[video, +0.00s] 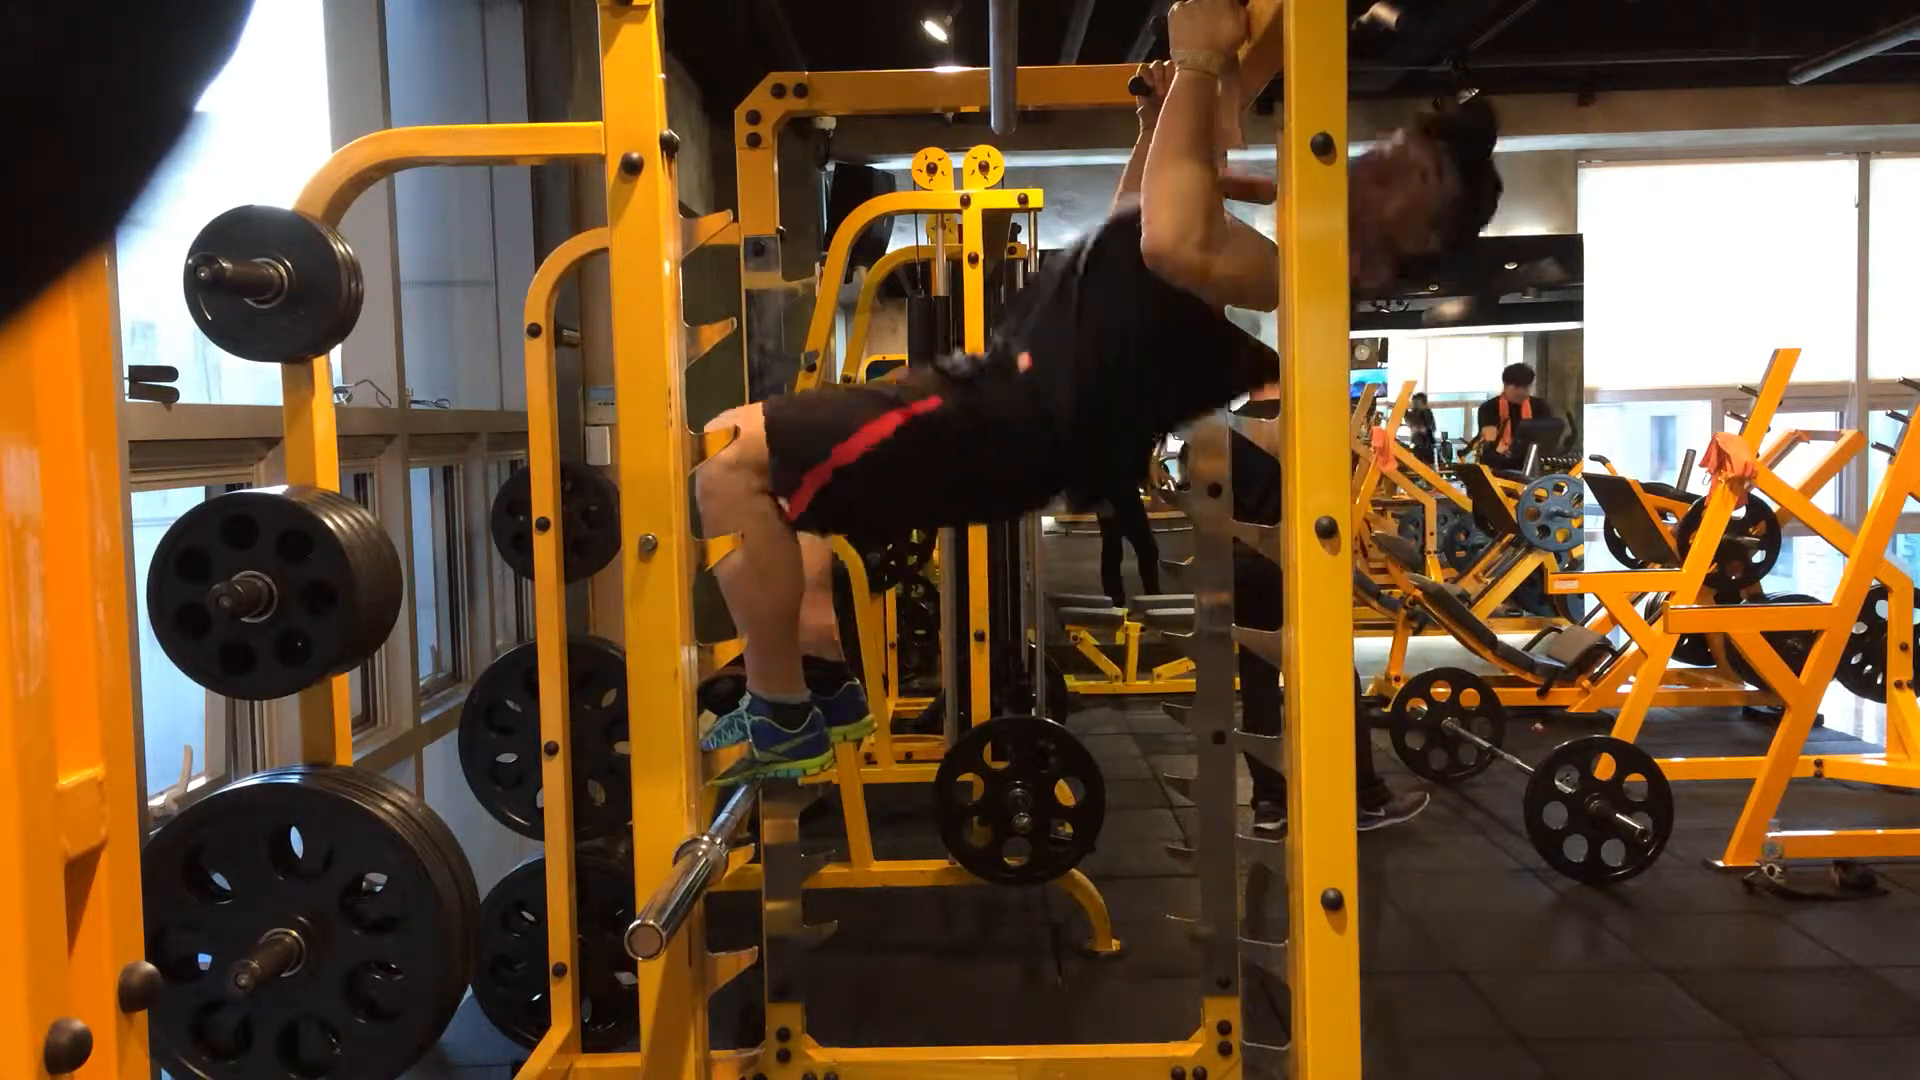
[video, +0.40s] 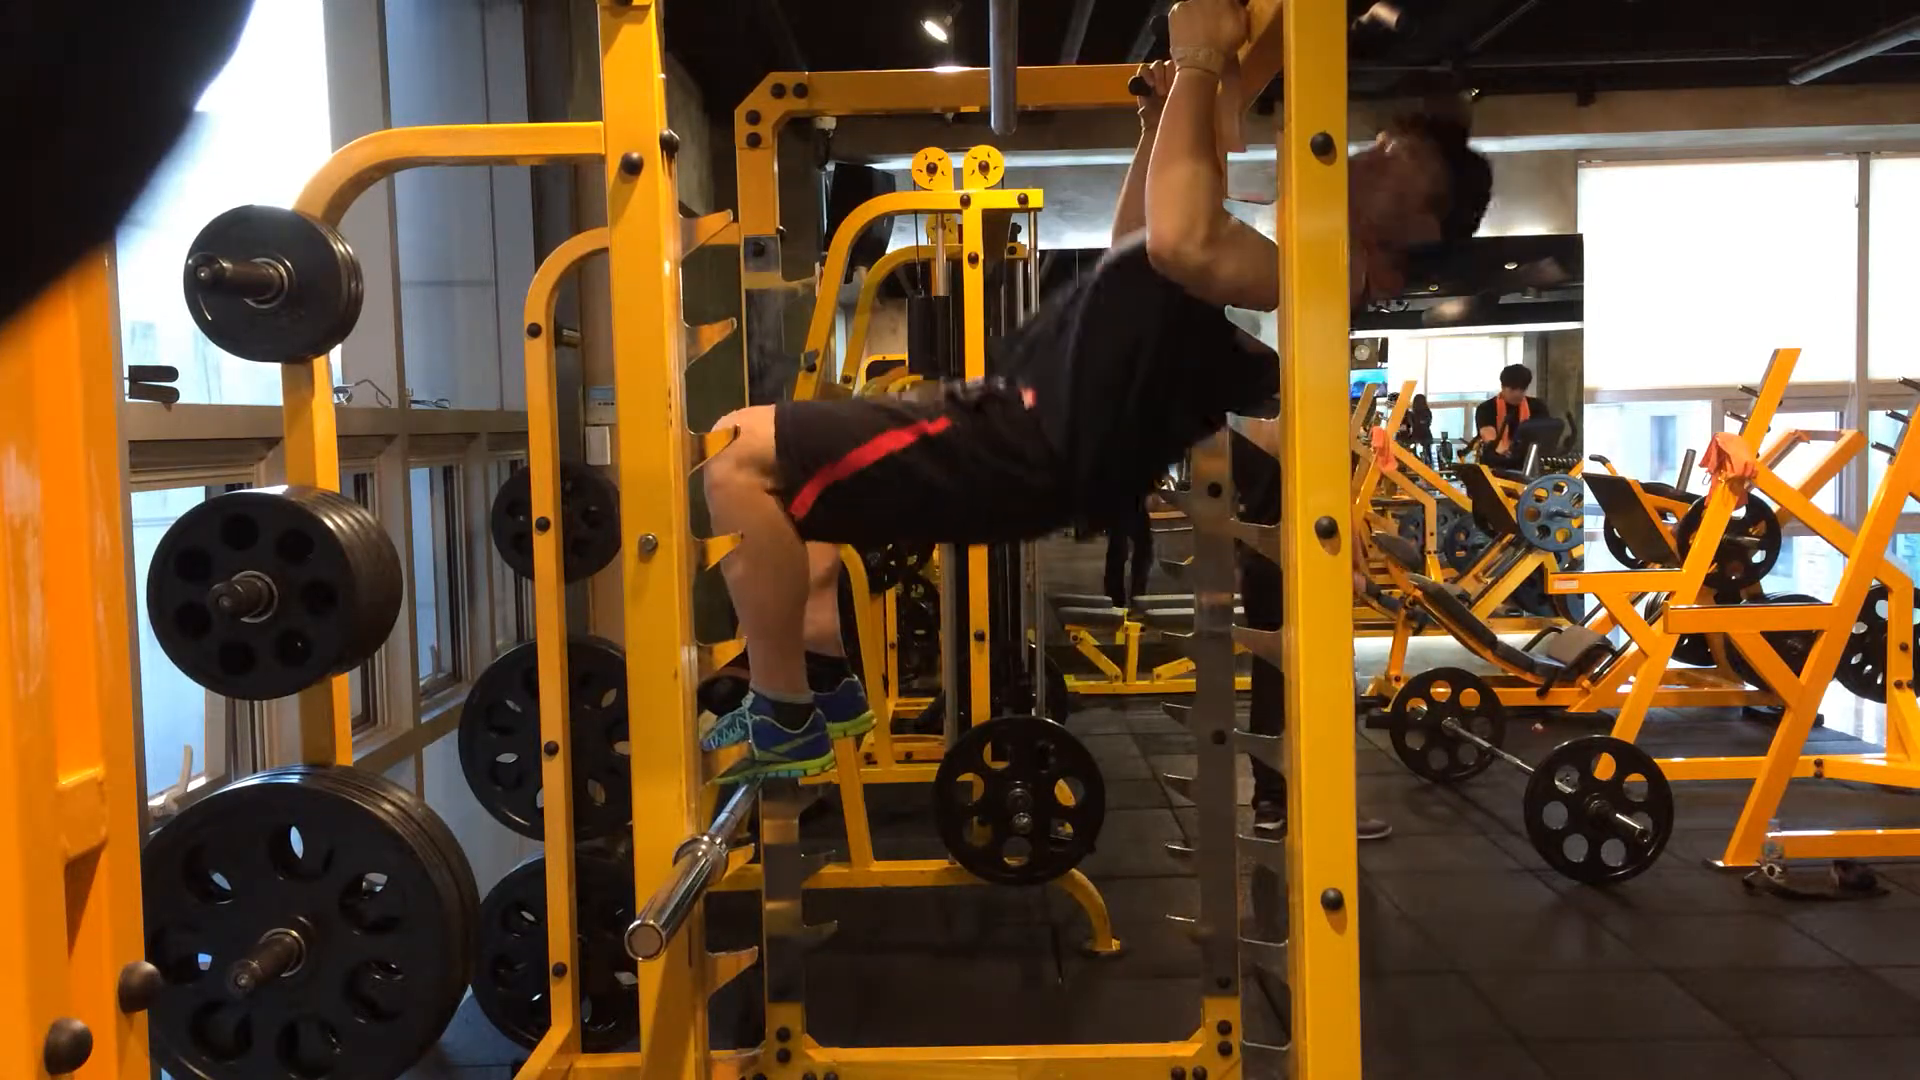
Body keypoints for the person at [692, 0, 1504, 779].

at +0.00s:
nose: (1376, 158)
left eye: (1403, 171)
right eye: (1391, 147)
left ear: (1415, 237)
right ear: (1369, 158)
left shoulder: (1326, 277)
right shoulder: (1310, 227)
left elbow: (1179, 244)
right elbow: (1142, 210)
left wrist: (1208, 66)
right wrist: (1187, 92)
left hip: (1020, 421)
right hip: (1007, 382)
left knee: (733, 474)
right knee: (746, 433)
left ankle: (782, 715)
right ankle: (822, 672)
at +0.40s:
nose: (1365, 153)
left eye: (1389, 164)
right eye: (1380, 145)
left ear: (1391, 253)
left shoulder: (1331, 283)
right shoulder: (1303, 267)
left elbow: (1187, 246)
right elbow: (1139, 247)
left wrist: (1204, 65)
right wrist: (1173, 106)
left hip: (1024, 454)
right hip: (1011, 423)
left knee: (739, 465)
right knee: (758, 439)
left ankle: (781, 713)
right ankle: (825, 673)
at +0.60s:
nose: (1318, 235)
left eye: (1351, 235)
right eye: (1341, 223)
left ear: (1381, 291)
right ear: (1365, 280)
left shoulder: (1302, 383)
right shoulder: (1256, 340)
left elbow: (1187, 262)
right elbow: (1134, 277)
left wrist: (1199, 73)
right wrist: (1158, 126)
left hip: (1017, 543)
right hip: (1003, 499)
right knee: (762, 440)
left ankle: (780, 713)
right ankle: (826, 675)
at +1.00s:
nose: (1352, 178)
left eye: (1378, 179)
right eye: (1367, 169)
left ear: (1397, 223)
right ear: (1379, 216)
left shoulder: (1316, 290)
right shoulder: (1306, 297)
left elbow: (1179, 245)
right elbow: (1140, 242)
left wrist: (1203, 69)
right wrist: (1176, 97)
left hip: (1003, 464)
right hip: (1010, 444)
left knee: (731, 475)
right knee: (749, 435)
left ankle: (780, 713)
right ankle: (821, 669)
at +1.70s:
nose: (1337, 282)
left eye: (1355, 277)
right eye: (1349, 274)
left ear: (1366, 308)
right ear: (1362, 318)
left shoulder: (1296, 398)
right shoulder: (1256, 368)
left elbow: (1199, 258)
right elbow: (1147, 278)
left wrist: (1205, 74)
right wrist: (1155, 132)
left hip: (1015, 552)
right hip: (1007, 514)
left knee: (744, 466)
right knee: (775, 441)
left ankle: (784, 712)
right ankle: (822, 668)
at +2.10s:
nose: (1353, 251)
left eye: (1376, 256)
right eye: (1368, 246)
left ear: (1391, 300)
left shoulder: (1329, 376)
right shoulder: (1310, 337)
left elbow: (1192, 269)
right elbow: (1139, 266)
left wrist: (1207, 70)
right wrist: (1169, 105)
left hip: (1019, 488)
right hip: (1008, 447)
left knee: (725, 487)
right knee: (729, 439)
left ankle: (776, 712)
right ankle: (821, 670)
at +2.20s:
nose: (1362, 180)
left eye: (1380, 185)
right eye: (1377, 177)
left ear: (1382, 217)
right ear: (1411, 262)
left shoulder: (1301, 281)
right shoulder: (1311, 278)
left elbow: (1164, 240)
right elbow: (1188, 213)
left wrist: (1199, 64)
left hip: (1018, 431)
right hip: (1013, 395)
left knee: (725, 483)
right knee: (729, 436)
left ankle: (776, 714)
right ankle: (819, 668)